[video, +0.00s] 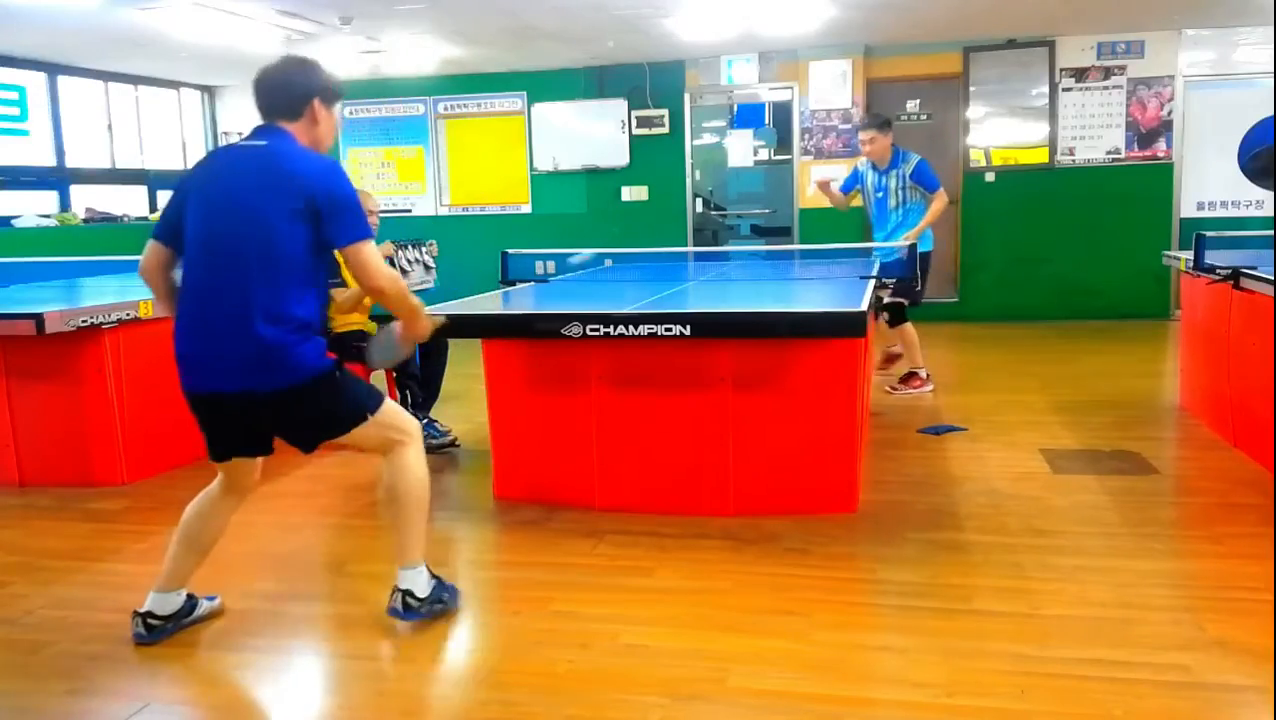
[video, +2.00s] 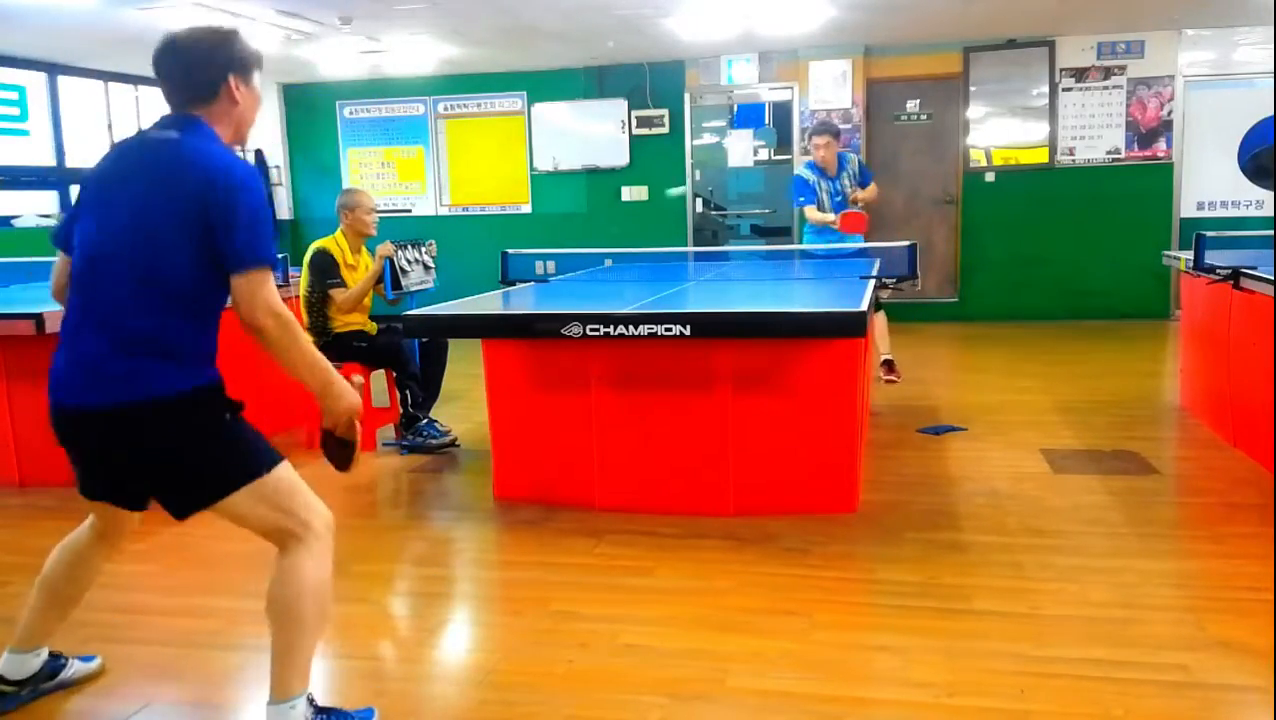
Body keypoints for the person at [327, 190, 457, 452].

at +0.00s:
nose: (376, 221)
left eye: (377, 215)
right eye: (370, 215)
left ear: (377, 217)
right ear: (350, 215)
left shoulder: (370, 252)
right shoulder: (333, 254)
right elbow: (341, 303)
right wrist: (376, 264)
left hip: (370, 329)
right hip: (344, 334)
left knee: (435, 339)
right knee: (405, 343)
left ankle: (420, 416)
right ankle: (414, 419)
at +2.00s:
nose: (376, 218)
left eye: (376, 212)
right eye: (371, 212)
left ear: (353, 217)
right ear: (347, 217)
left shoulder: (365, 255)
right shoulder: (322, 252)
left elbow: (391, 297)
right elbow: (344, 304)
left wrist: (420, 261)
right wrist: (378, 266)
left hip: (364, 331)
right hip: (334, 339)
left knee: (435, 339)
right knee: (402, 347)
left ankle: (419, 418)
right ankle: (411, 425)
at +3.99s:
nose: (377, 217)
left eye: (376, 211)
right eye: (374, 211)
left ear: (357, 218)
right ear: (358, 216)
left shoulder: (363, 253)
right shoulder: (321, 253)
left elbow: (389, 297)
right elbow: (343, 304)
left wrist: (416, 263)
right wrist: (377, 269)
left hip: (364, 330)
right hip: (334, 338)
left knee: (435, 340)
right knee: (401, 347)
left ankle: (419, 419)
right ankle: (412, 427)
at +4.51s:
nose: (370, 216)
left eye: (371, 210)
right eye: (363, 210)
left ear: (371, 214)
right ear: (348, 214)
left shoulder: (364, 251)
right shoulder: (339, 250)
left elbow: (377, 294)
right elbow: (359, 296)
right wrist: (378, 260)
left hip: (370, 327)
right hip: (347, 333)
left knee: (436, 338)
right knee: (402, 346)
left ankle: (420, 417)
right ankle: (411, 424)